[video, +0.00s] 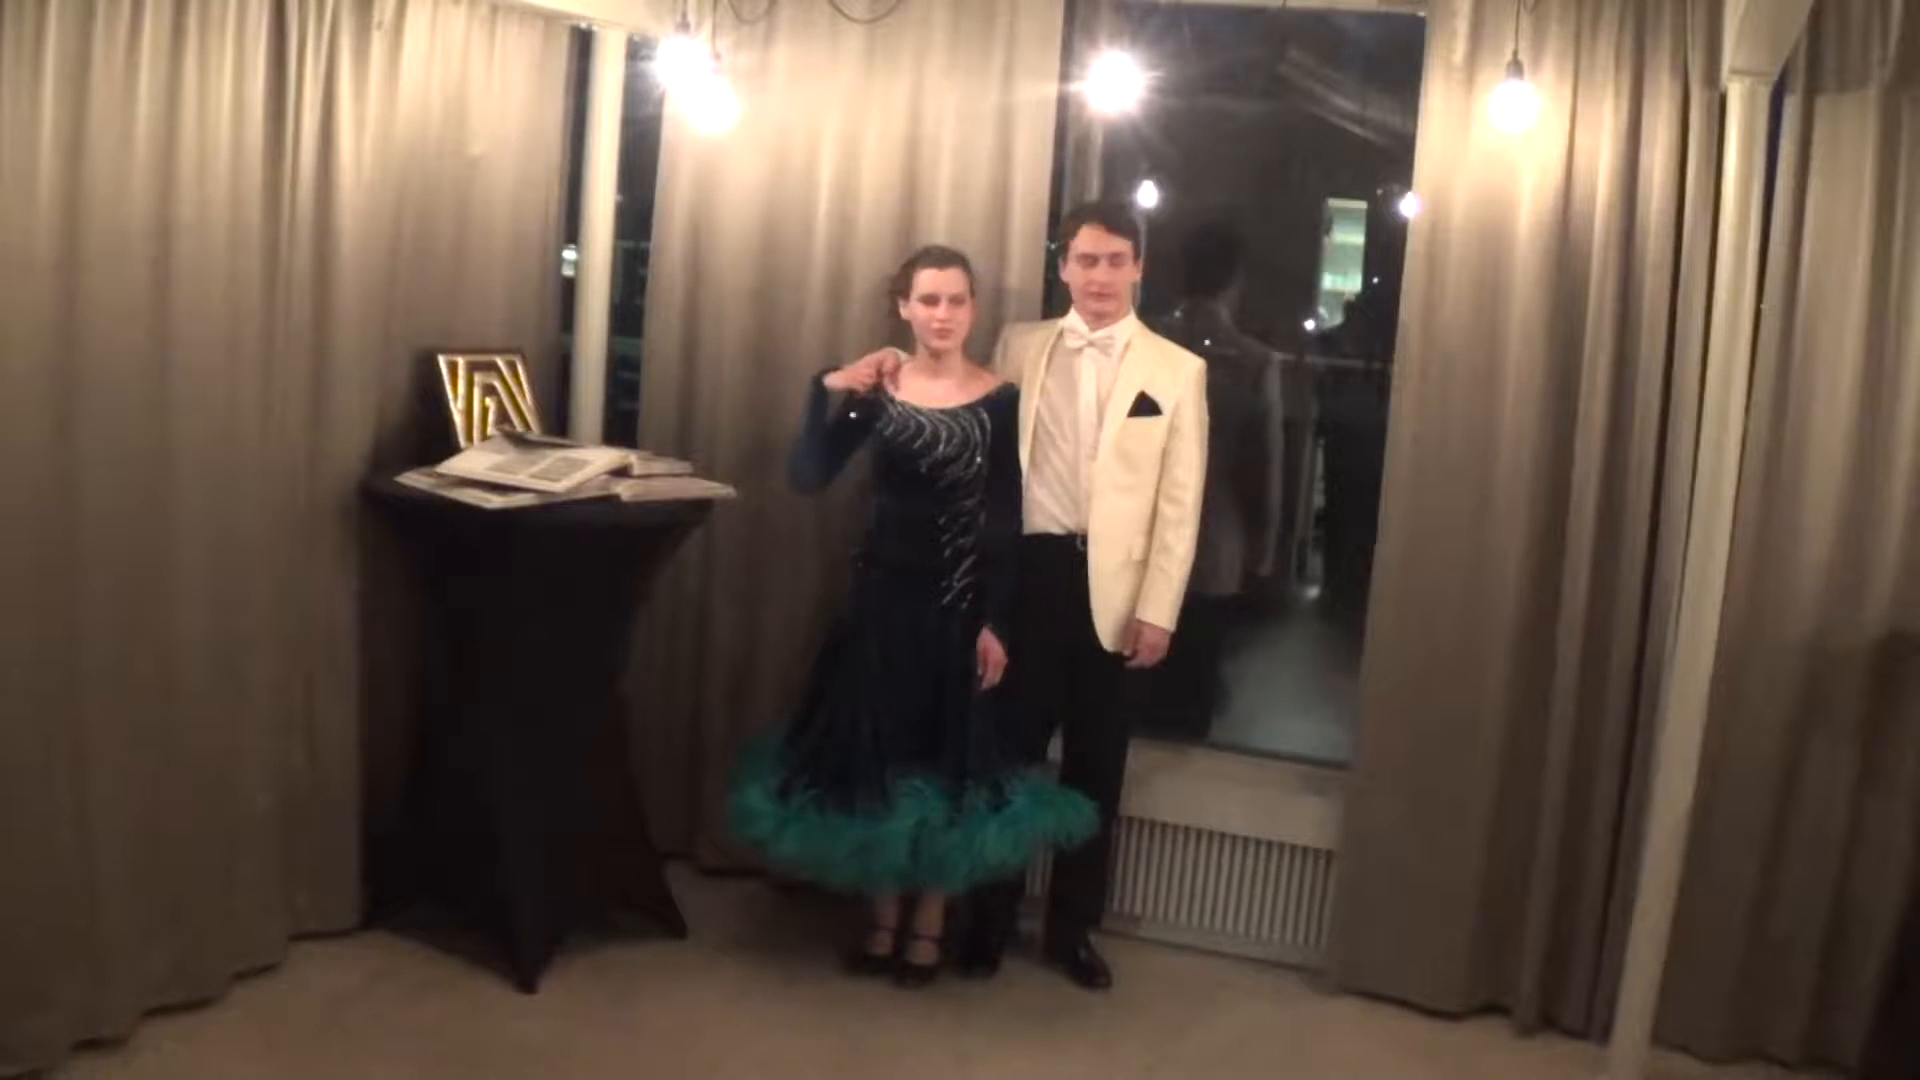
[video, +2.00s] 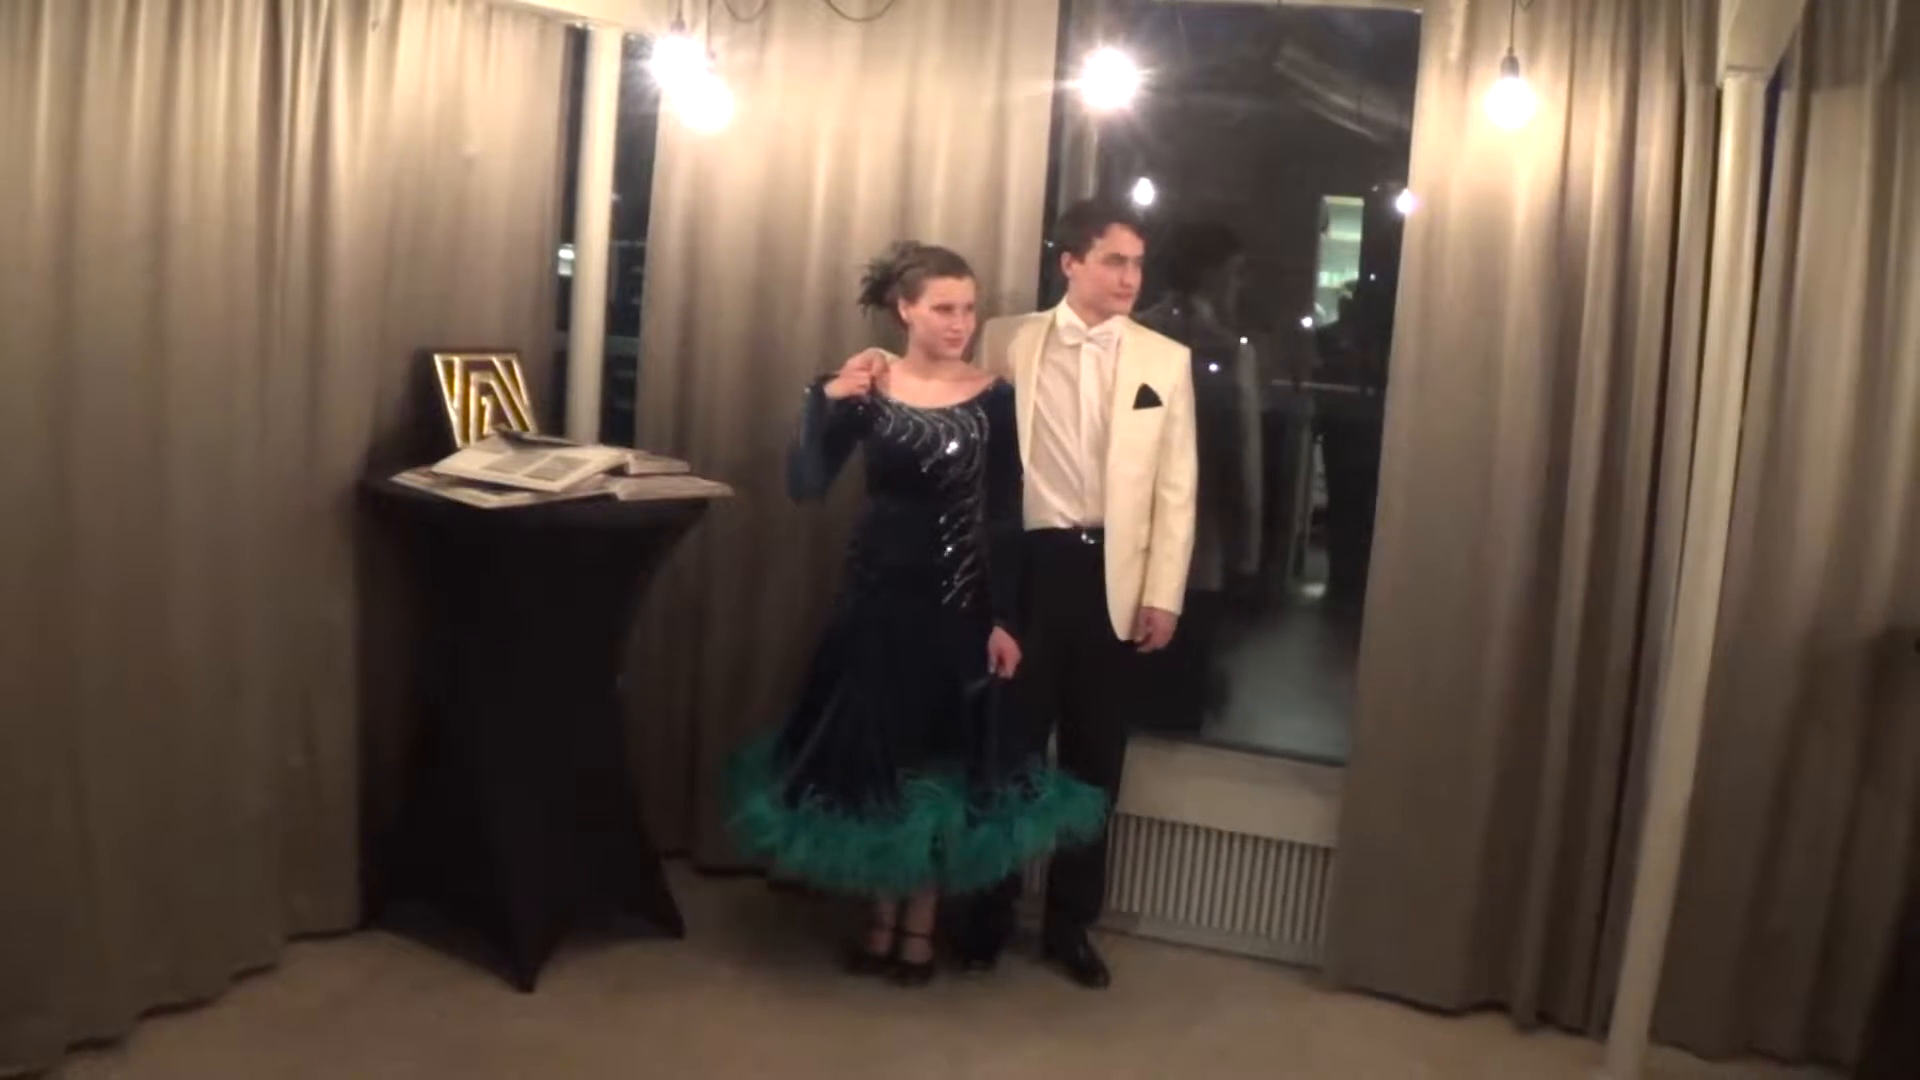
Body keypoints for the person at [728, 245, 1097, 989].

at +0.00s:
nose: (943, 314)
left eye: (956, 301)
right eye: (929, 300)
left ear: (976, 310)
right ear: (903, 308)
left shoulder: (998, 399)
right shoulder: (880, 389)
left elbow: (1005, 517)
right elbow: (811, 473)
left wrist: (994, 620)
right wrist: (832, 392)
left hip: (962, 598)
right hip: (887, 590)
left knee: (949, 752)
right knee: (884, 747)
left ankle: (932, 910)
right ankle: (884, 905)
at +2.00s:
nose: (959, 323)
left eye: (968, 309)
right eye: (943, 309)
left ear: (980, 314)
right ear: (903, 311)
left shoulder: (992, 397)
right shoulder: (871, 384)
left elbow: (1004, 515)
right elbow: (808, 483)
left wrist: (1004, 617)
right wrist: (828, 397)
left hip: (957, 597)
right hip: (881, 589)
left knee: (938, 753)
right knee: (877, 749)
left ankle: (922, 909)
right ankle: (878, 906)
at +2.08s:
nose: (959, 323)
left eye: (968, 309)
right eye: (943, 309)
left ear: (980, 314)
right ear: (903, 311)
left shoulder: (992, 398)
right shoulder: (870, 385)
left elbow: (1005, 516)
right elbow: (809, 482)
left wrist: (1005, 618)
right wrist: (829, 397)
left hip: (958, 598)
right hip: (881, 590)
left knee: (939, 753)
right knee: (878, 748)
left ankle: (922, 909)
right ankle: (877, 905)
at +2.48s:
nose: (958, 323)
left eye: (967, 309)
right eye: (941, 309)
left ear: (979, 314)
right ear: (902, 312)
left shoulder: (992, 398)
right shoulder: (871, 386)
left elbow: (1005, 515)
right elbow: (809, 480)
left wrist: (1005, 617)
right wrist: (831, 396)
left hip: (960, 595)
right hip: (883, 588)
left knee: (940, 749)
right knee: (881, 744)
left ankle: (923, 908)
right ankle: (880, 905)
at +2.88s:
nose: (956, 323)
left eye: (966, 309)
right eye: (940, 309)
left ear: (978, 314)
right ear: (900, 311)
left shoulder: (991, 396)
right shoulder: (872, 385)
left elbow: (1005, 514)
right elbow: (809, 481)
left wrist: (1004, 617)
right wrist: (831, 397)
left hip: (959, 598)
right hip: (883, 591)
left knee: (940, 753)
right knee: (881, 749)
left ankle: (922, 913)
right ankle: (880, 909)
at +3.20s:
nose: (955, 322)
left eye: (965, 308)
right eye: (939, 307)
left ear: (977, 313)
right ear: (900, 310)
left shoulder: (991, 396)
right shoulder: (870, 384)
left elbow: (1003, 513)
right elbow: (809, 481)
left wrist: (1003, 617)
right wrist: (832, 397)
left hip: (959, 596)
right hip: (884, 590)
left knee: (939, 752)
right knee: (880, 748)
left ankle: (921, 913)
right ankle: (879, 908)